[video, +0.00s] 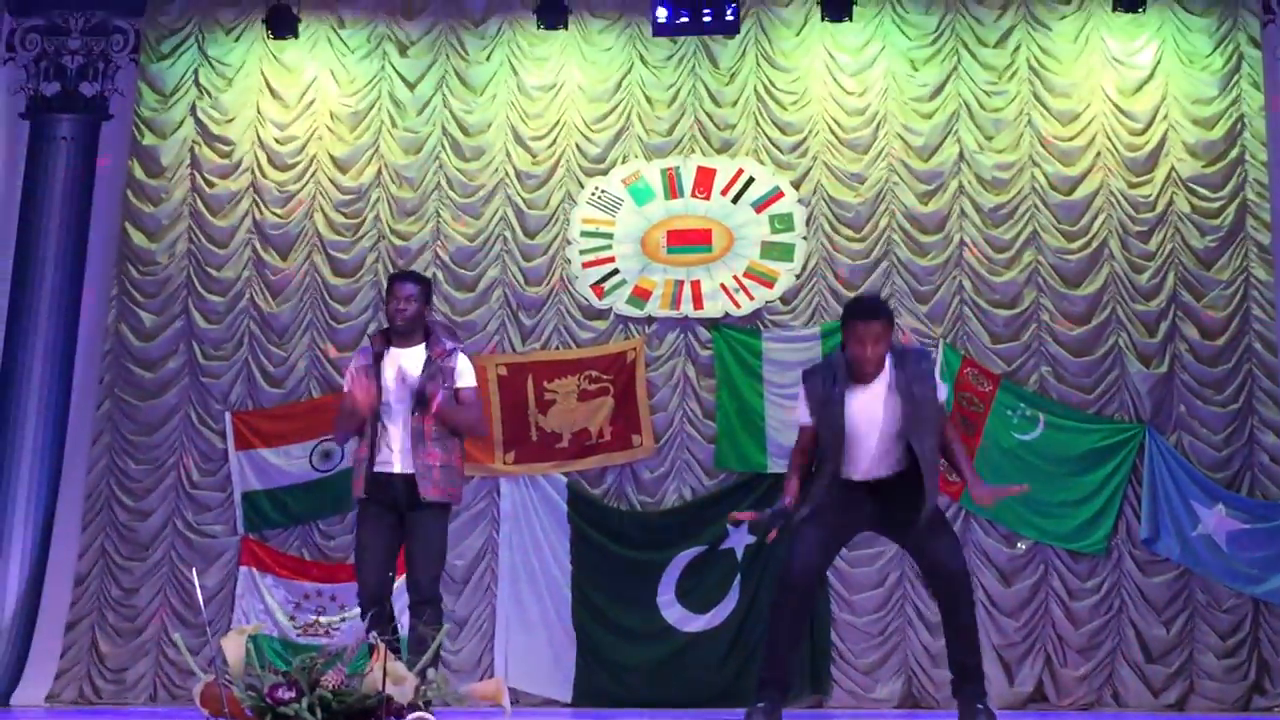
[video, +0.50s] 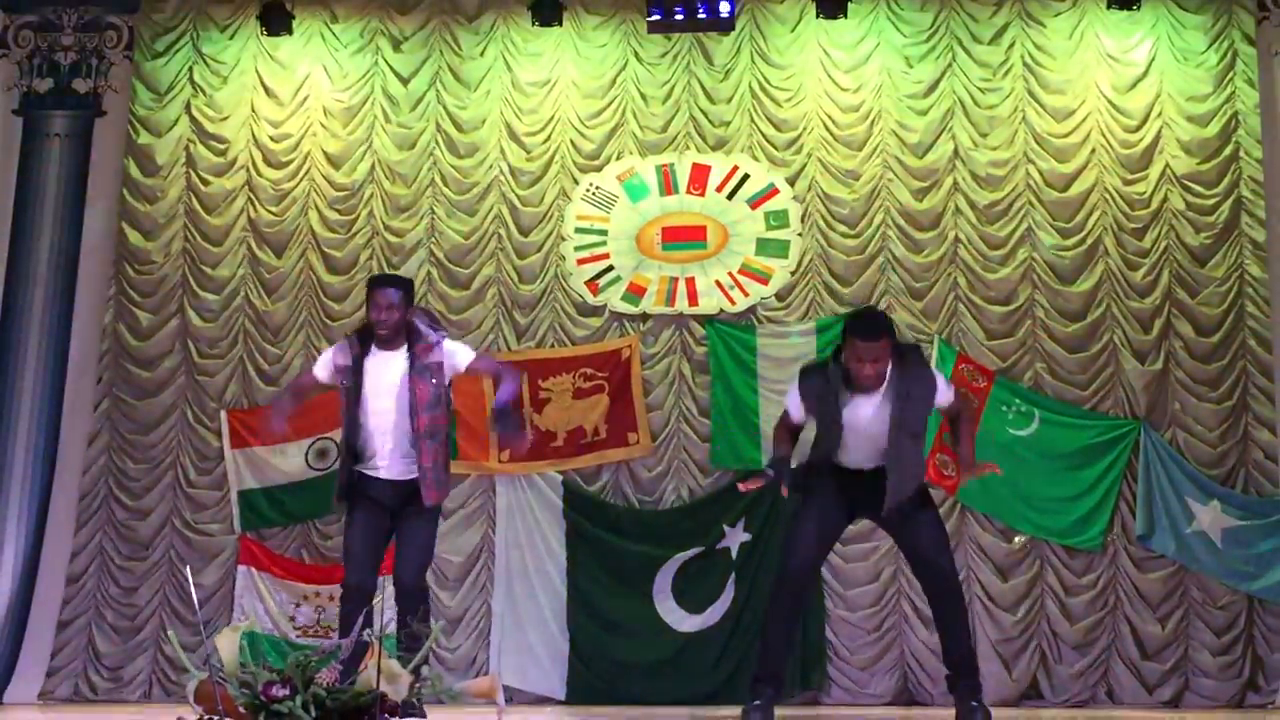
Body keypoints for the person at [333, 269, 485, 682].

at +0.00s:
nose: (401, 308)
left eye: (410, 301)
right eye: (394, 300)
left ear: (426, 307)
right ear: (385, 305)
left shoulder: (451, 359)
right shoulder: (365, 358)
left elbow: (476, 423)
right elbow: (342, 432)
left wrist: (438, 403)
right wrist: (357, 409)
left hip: (428, 490)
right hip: (377, 489)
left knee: (423, 589)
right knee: (371, 591)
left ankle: (421, 685)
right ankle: (387, 682)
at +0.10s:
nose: (393, 326)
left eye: (403, 318)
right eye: (386, 318)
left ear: (420, 326)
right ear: (378, 324)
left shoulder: (447, 378)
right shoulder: (361, 380)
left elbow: (465, 451)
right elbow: (349, 452)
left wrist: (433, 495)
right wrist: (353, 493)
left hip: (428, 503)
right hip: (379, 501)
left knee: (419, 593)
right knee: (364, 588)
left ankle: (418, 682)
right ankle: (369, 678)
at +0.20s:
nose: (385, 357)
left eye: (395, 349)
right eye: (378, 349)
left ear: (412, 358)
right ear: (369, 357)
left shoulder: (439, 407)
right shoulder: (352, 412)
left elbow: (464, 479)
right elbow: (330, 483)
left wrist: (474, 540)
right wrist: (307, 542)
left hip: (429, 513)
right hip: (377, 512)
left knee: (417, 593)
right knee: (358, 588)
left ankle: (414, 684)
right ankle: (350, 679)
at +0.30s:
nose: (381, 348)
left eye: (390, 340)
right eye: (374, 340)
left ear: (408, 347)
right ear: (365, 347)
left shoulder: (438, 394)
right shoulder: (347, 401)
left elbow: (488, 450)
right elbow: (297, 456)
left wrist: (530, 496)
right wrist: (247, 498)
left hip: (426, 512)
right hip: (374, 509)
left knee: (411, 592)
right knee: (354, 588)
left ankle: (411, 682)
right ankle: (347, 673)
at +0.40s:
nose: (381, 320)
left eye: (391, 312)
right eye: (375, 312)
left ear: (409, 317)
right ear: (367, 317)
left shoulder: (440, 359)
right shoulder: (347, 364)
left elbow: (507, 373)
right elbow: (285, 392)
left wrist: (538, 401)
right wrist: (227, 405)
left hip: (423, 500)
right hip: (370, 495)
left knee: (411, 588)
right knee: (355, 586)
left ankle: (412, 687)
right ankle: (343, 684)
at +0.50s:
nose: (382, 316)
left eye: (391, 308)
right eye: (375, 307)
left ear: (408, 312)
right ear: (366, 310)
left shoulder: (436, 350)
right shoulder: (348, 353)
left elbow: (508, 373)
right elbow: (298, 388)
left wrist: (502, 407)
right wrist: (277, 414)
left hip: (420, 491)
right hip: (368, 489)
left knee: (410, 583)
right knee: (355, 586)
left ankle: (413, 685)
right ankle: (346, 686)